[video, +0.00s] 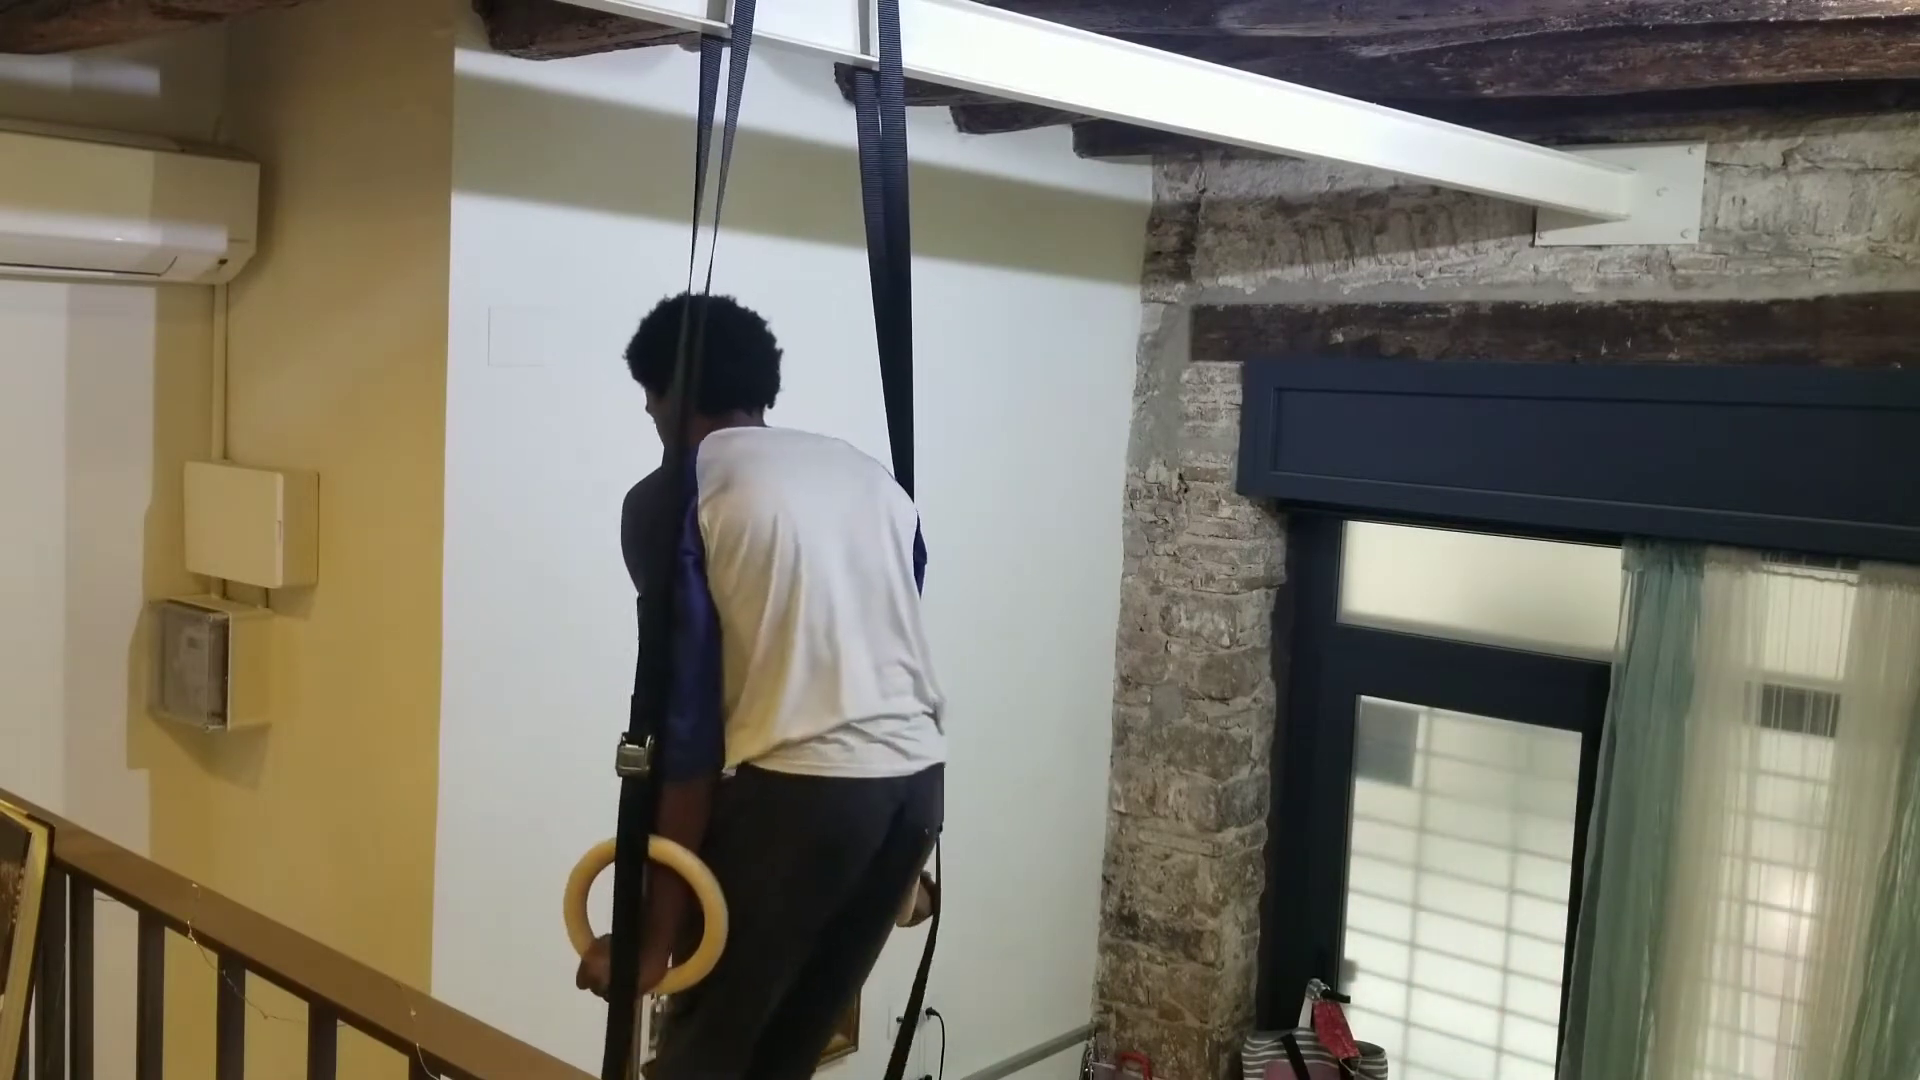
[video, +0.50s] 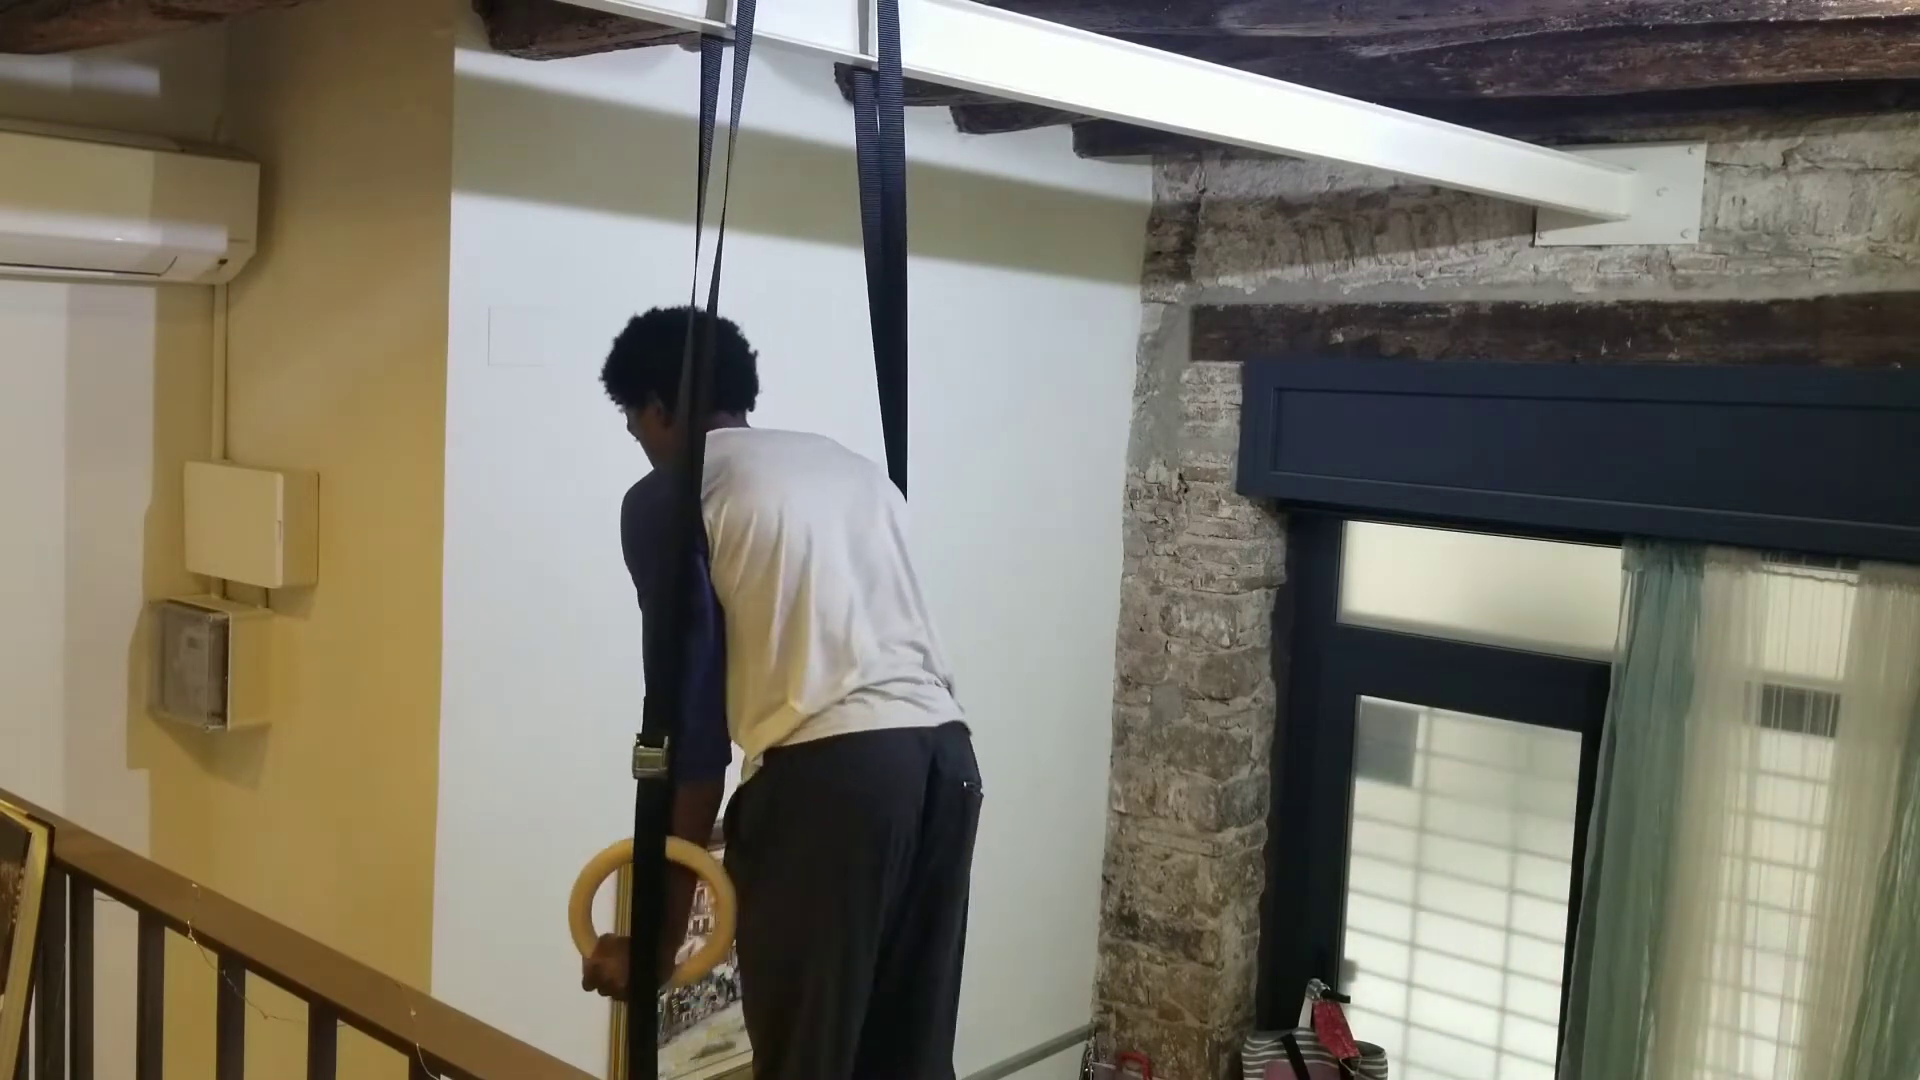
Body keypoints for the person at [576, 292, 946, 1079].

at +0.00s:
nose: (655, 418)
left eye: (653, 396)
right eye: (649, 399)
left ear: (679, 389)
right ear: (761, 384)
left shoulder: (673, 494)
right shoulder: (876, 480)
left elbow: (688, 724)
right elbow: (902, 654)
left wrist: (654, 937)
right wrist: (916, 853)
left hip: (792, 802)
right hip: (908, 804)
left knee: (703, 1050)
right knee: (789, 1053)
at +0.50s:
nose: (639, 444)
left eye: (635, 425)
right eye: (632, 427)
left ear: (659, 407)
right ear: (741, 395)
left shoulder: (671, 495)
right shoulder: (851, 462)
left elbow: (693, 727)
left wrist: (652, 934)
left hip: (824, 783)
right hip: (945, 771)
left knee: (806, 1057)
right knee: (915, 1055)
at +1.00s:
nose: (617, 448)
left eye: (613, 430)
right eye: (609, 432)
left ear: (640, 410)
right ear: (717, 391)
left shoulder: (646, 497)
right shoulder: (835, 471)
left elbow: (667, 678)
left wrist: (667, 861)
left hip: (782, 802)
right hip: (895, 787)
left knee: (779, 1058)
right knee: (877, 1059)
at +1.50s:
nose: (601, 429)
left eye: (596, 411)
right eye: (594, 412)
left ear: (619, 397)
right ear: (699, 382)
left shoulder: (617, 489)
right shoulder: (812, 470)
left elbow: (628, 693)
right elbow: (816, 661)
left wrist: (635, 895)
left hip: (730, 803)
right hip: (851, 794)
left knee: (739, 1060)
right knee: (831, 1059)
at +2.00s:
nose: (612, 456)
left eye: (607, 441)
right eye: (603, 444)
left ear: (628, 411)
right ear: (705, 394)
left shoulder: (630, 489)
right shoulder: (825, 474)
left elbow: (632, 692)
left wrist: (638, 886)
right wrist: (650, 913)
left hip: (740, 819)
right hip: (861, 813)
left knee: (743, 1063)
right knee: (834, 1063)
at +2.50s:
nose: (603, 467)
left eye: (599, 451)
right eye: (597, 453)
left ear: (622, 430)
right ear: (697, 410)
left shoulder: (623, 505)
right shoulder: (824, 486)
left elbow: (642, 696)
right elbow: (861, 663)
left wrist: (651, 895)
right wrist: (887, 801)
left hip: (761, 809)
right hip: (878, 798)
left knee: (789, 1057)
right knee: (903, 1054)